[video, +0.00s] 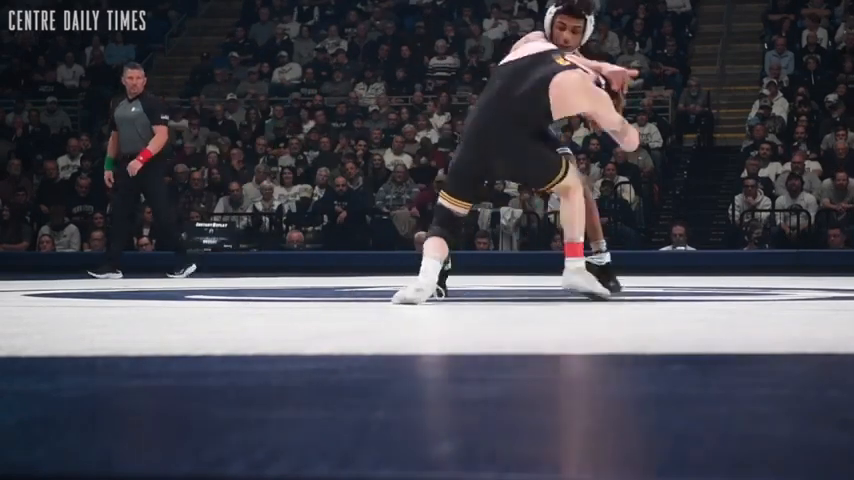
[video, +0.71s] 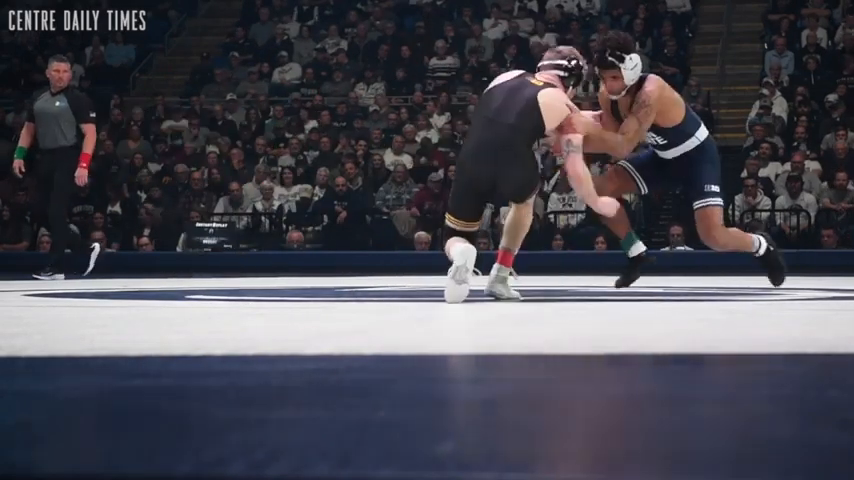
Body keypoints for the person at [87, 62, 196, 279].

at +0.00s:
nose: (134, 83)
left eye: (138, 78)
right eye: (130, 78)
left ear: (145, 80)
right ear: (123, 81)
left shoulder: (152, 103)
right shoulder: (118, 106)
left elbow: (161, 135)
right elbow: (114, 137)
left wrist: (140, 159)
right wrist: (108, 165)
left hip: (150, 164)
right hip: (126, 166)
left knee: (162, 211)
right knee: (119, 213)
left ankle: (184, 260)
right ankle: (113, 265)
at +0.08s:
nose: (123, 81)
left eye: (127, 76)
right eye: (119, 76)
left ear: (133, 79)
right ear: (112, 78)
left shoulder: (141, 101)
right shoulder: (108, 104)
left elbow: (152, 133)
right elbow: (103, 134)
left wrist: (135, 159)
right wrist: (97, 163)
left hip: (137, 161)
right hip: (113, 162)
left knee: (140, 210)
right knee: (110, 212)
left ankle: (174, 251)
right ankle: (111, 265)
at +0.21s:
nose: (108, 78)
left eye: (112, 74)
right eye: (104, 74)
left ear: (119, 76)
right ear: (97, 76)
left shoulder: (128, 98)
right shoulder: (90, 102)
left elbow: (140, 131)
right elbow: (85, 132)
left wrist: (127, 160)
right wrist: (76, 160)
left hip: (121, 159)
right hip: (98, 160)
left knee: (114, 206)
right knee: (102, 211)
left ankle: (145, 247)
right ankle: (110, 265)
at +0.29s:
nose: (101, 77)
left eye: (105, 73)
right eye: (96, 73)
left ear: (111, 75)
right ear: (89, 75)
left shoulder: (118, 98)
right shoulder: (84, 101)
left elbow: (133, 129)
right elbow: (75, 131)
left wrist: (123, 160)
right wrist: (64, 156)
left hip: (111, 158)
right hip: (91, 159)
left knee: (99, 208)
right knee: (96, 209)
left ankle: (116, 257)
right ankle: (111, 259)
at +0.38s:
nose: (92, 77)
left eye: (96, 73)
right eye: (88, 73)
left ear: (102, 76)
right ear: (81, 75)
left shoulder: (110, 98)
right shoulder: (74, 102)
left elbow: (126, 130)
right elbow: (65, 131)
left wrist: (118, 161)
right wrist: (53, 156)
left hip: (104, 158)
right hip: (85, 159)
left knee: (90, 207)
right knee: (94, 210)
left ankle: (90, 262)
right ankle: (110, 264)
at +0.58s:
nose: (74, 78)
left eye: (78, 74)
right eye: (69, 73)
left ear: (83, 76)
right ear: (60, 76)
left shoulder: (91, 101)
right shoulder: (53, 102)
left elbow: (106, 134)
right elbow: (43, 132)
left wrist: (101, 166)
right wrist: (31, 156)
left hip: (82, 161)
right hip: (63, 161)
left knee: (68, 209)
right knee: (79, 213)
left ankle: (56, 266)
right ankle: (106, 261)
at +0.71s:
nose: (60, 76)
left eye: (65, 71)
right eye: (56, 71)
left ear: (70, 75)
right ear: (48, 73)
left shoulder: (77, 99)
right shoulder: (38, 99)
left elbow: (90, 133)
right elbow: (29, 129)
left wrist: (83, 165)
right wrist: (19, 155)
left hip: (67, 159)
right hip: (44, 159)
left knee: (57, 210)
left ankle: (55, 267)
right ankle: (86, 248)